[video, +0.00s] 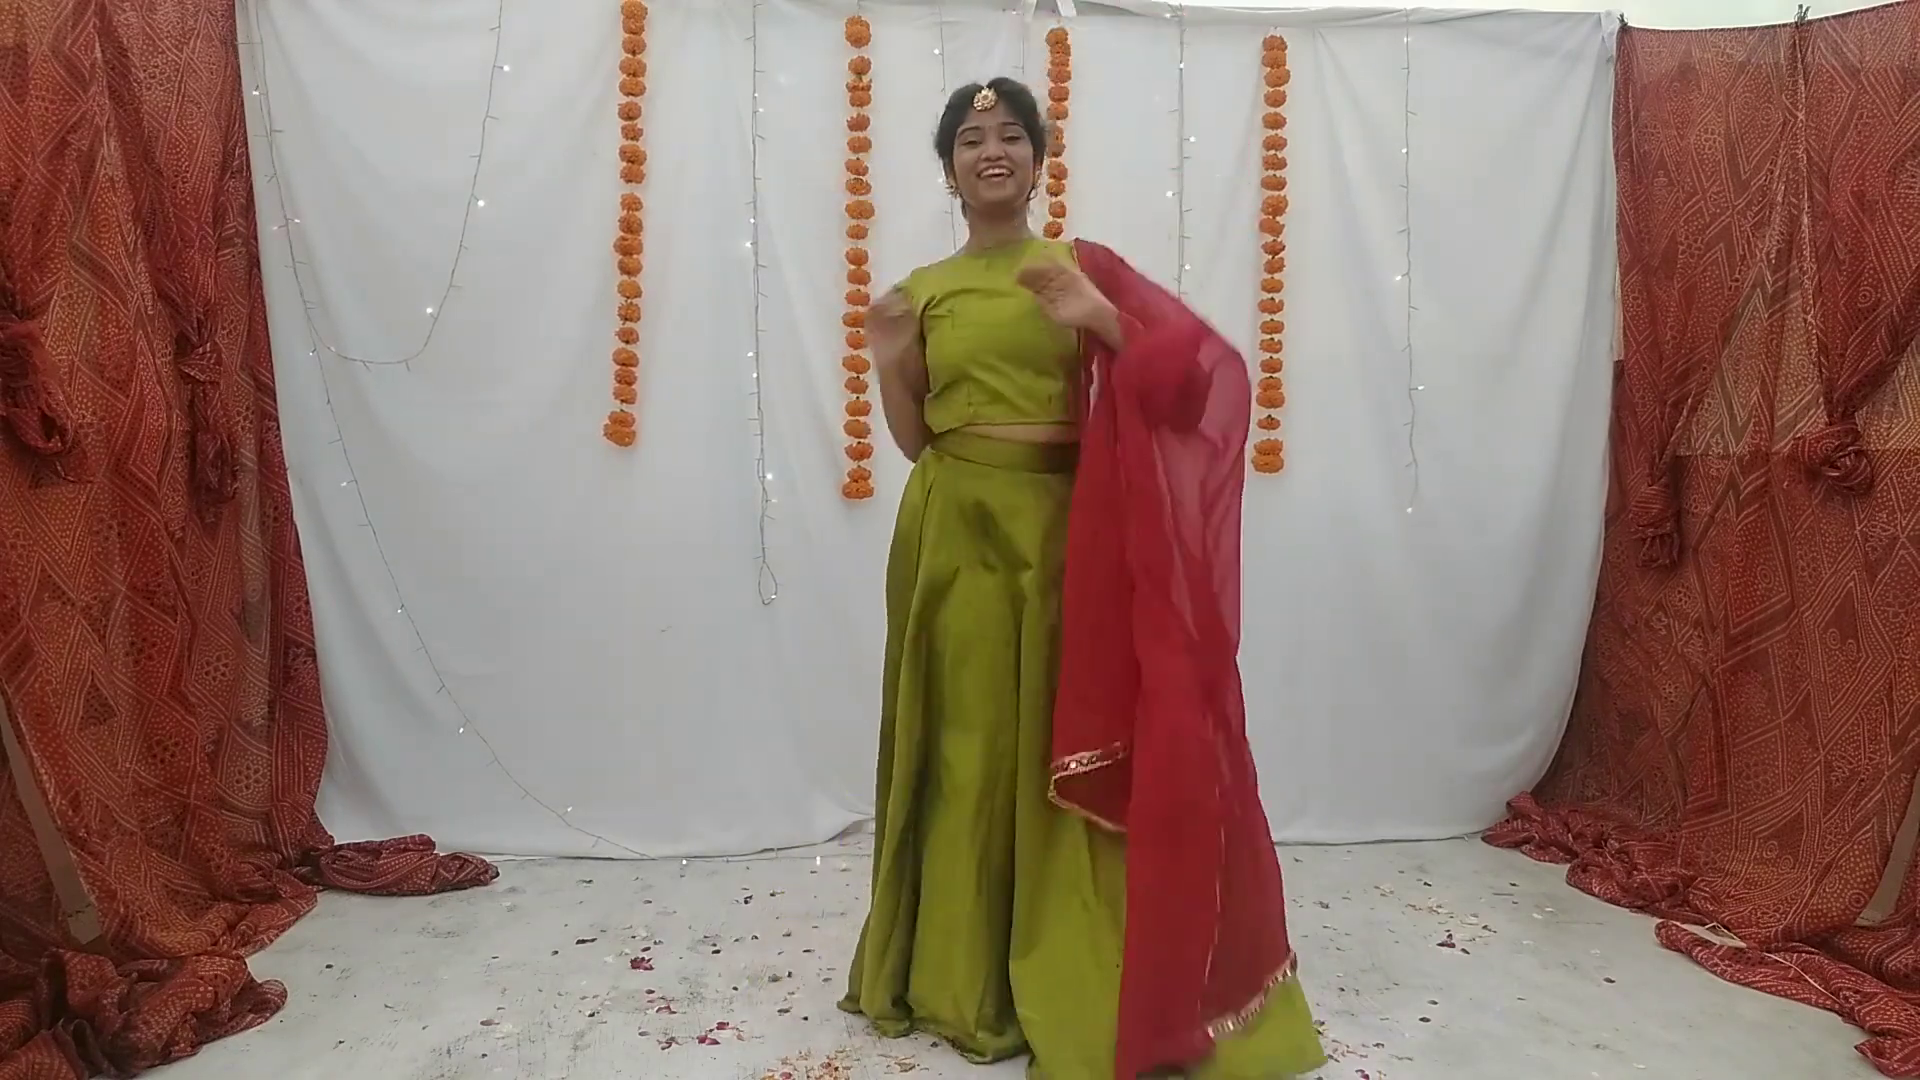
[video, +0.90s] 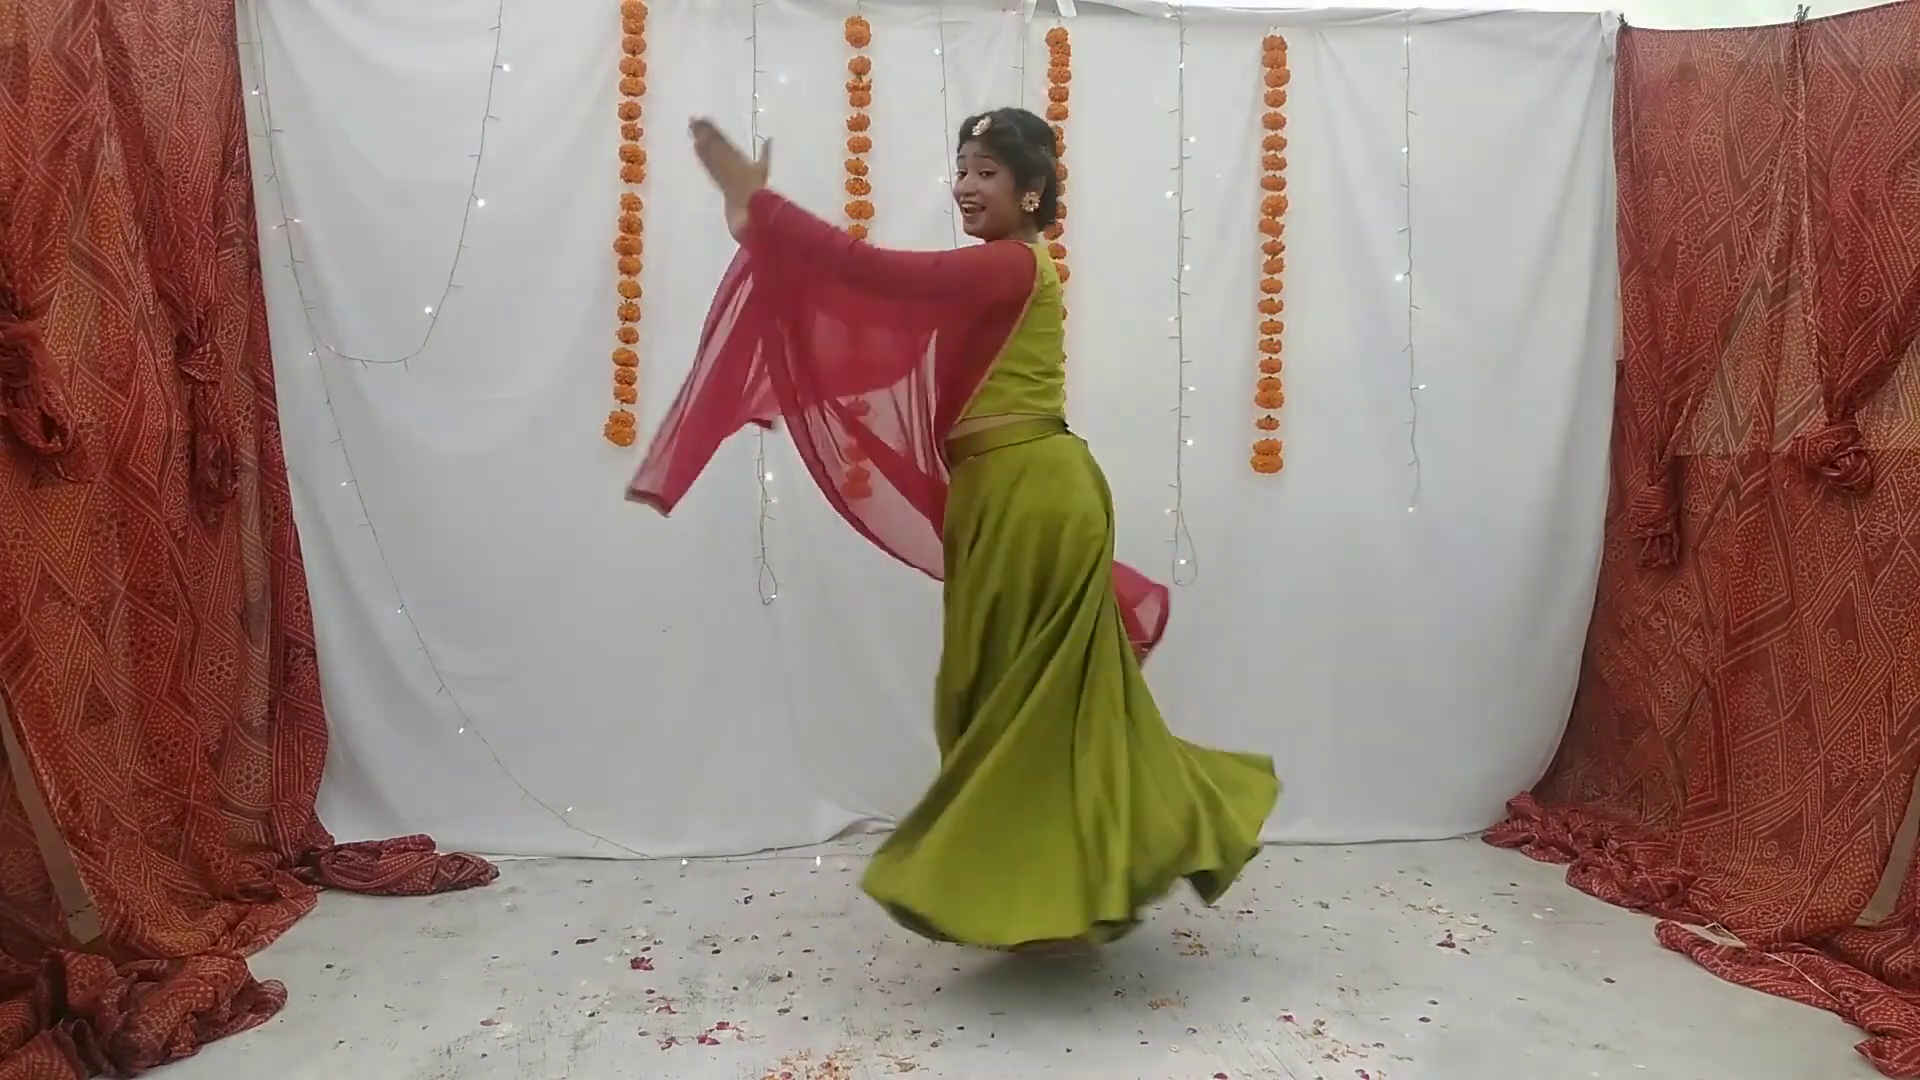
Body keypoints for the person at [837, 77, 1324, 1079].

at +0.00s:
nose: (990, 150)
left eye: (1008, 136)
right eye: (970, 139)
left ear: (1039, 163)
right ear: (949, 169)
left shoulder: (1086, 271)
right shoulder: (921, 293)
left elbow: (1197, 380)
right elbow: (916, 444)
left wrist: (1102, 319)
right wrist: (891, 372)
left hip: (1074, 533)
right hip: (959, 529)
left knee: (1082, 757)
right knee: (965, 757)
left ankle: (1080, 992)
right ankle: (960, 987)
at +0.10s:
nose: (987, 157)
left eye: (1004, 143)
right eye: (969, 146)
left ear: (1036, 167)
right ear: (944, 173)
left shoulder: (1082, 275)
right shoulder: (918, 292)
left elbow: (1184, 377)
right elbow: (865, 424)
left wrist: (1236, 300)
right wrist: (766, 393)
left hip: (1057, 522)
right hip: (951, 519)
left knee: (1068, 756)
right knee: (959, 754)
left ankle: (1067, 992)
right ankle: (956, 986)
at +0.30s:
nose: (1021, 112)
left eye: (1036, 97)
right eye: (1000, 102)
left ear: (1062, 119)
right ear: (973, 130)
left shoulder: (1072, 238)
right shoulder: (971, 223)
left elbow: (1127, 375)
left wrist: (1228, 419)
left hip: (1041, 488)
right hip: (967, 479)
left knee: (1043, 722)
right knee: (969, 725)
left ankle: (1026, 963)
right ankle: (953, 972)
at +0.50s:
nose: (1085, 132)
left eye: (1083, 116)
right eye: (1065, 120)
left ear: (1014, 156)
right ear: (1014, 148)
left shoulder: (971, 239)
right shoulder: (1052, 238)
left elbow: (887, 322)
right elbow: (1171, 254)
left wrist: (802, 358)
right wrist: (1289, 237)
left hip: (939, 480)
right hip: (1006, 488)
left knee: (947, 712)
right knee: (1005, 716)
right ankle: (963, 959)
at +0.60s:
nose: (1084, 162)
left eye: (1077, 144)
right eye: (1072, 145)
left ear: (1008, 161)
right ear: (1031, 162)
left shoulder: (935, 256)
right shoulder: (1077, 261)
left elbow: (834, 322)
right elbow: (1239, 277)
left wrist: (730, 364)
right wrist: (1374, 275)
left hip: (940, 494)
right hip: (1038, 494)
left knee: (960, 702)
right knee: (1079, 713)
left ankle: (1022, 914)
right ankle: (978, 920)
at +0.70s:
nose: (976, 196)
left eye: (978, 184)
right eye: (989, 183)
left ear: (985, 193)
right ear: (1065, 193)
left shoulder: (955, 282)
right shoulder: (1092, 296)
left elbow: (828, 310)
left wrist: (693, 326)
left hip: (970, 511)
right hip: (1064, 509)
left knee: (966, 705)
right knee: (1091, 705)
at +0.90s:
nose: (965, 189)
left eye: (985, 175)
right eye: (962, 173)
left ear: (1033, 187)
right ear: (970, 179)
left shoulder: (1010, 266)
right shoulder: (1020, 268)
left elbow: (878, 270)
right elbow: (870, 311)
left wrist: (758, 201)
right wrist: (764, 240)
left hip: (1020, 492)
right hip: (1050, 482)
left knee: (994, 691)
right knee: (1064, 683)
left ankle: (1041, 894)